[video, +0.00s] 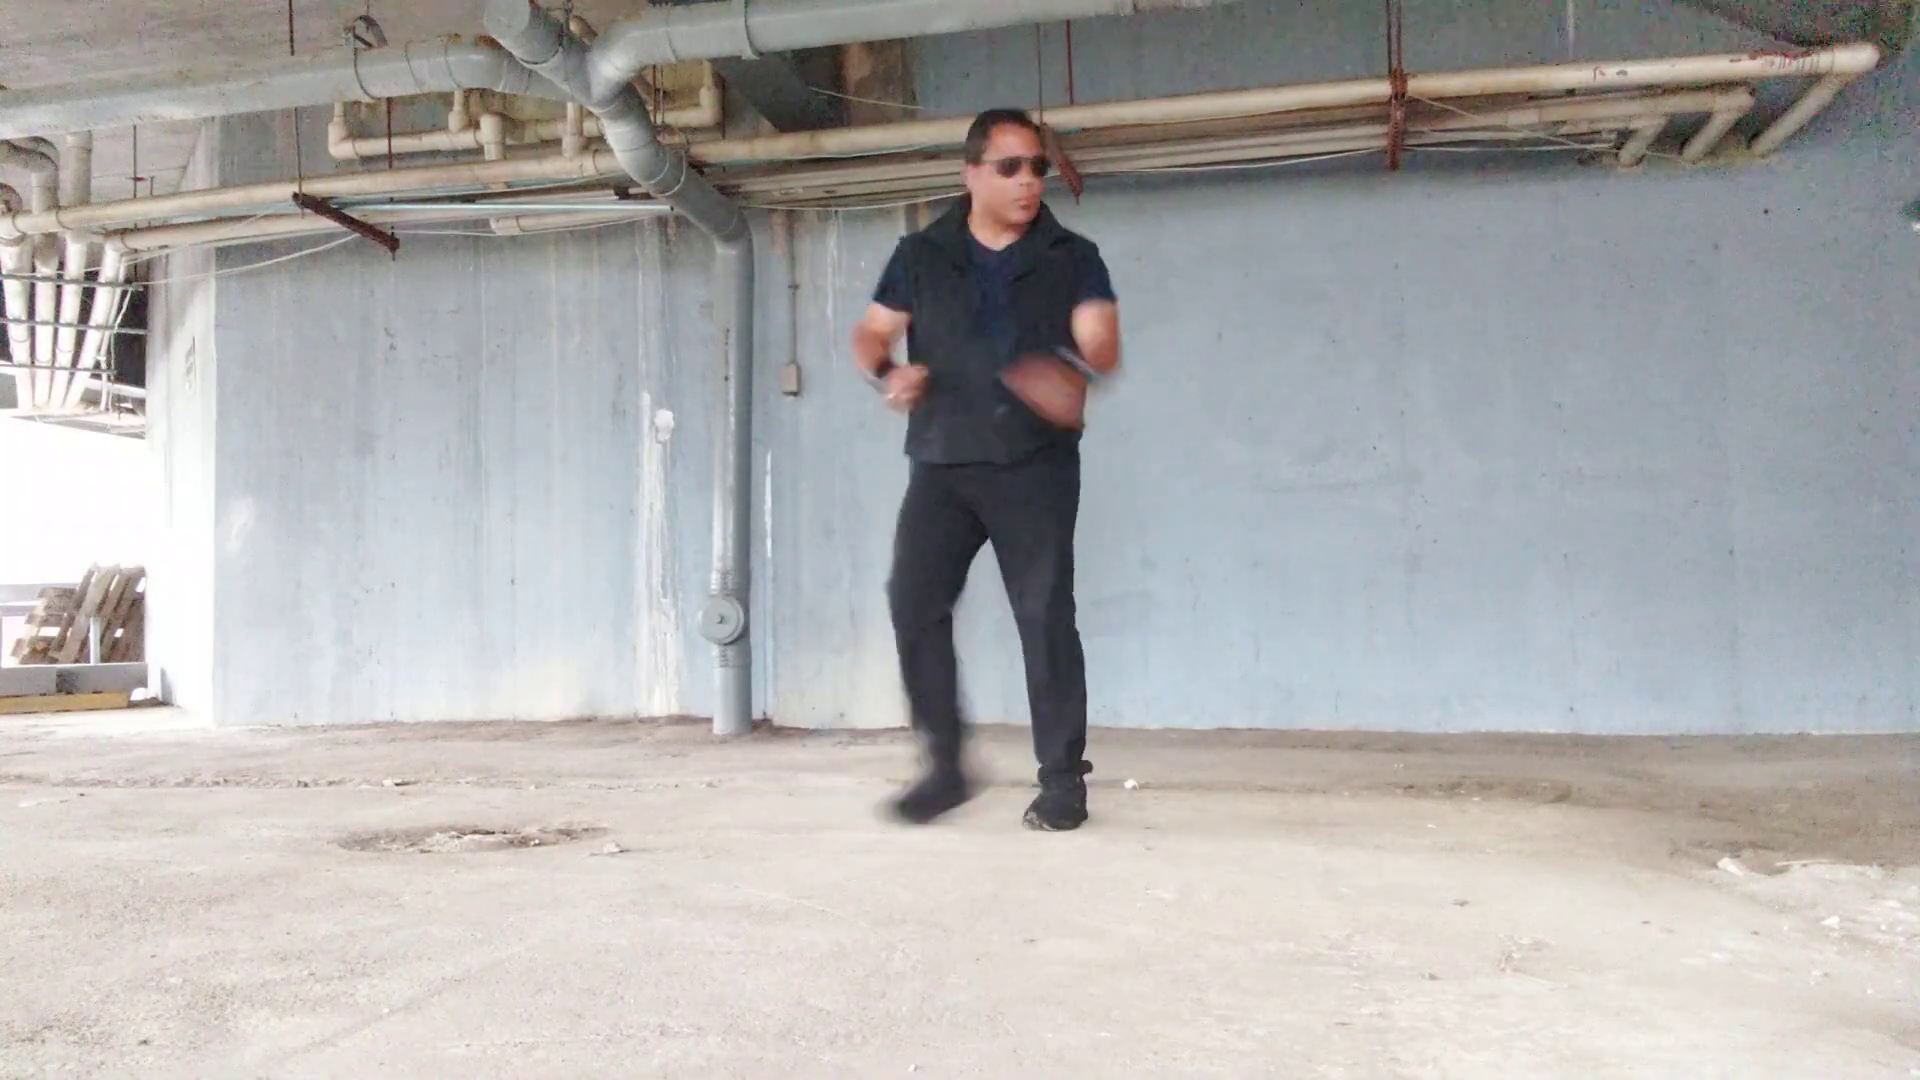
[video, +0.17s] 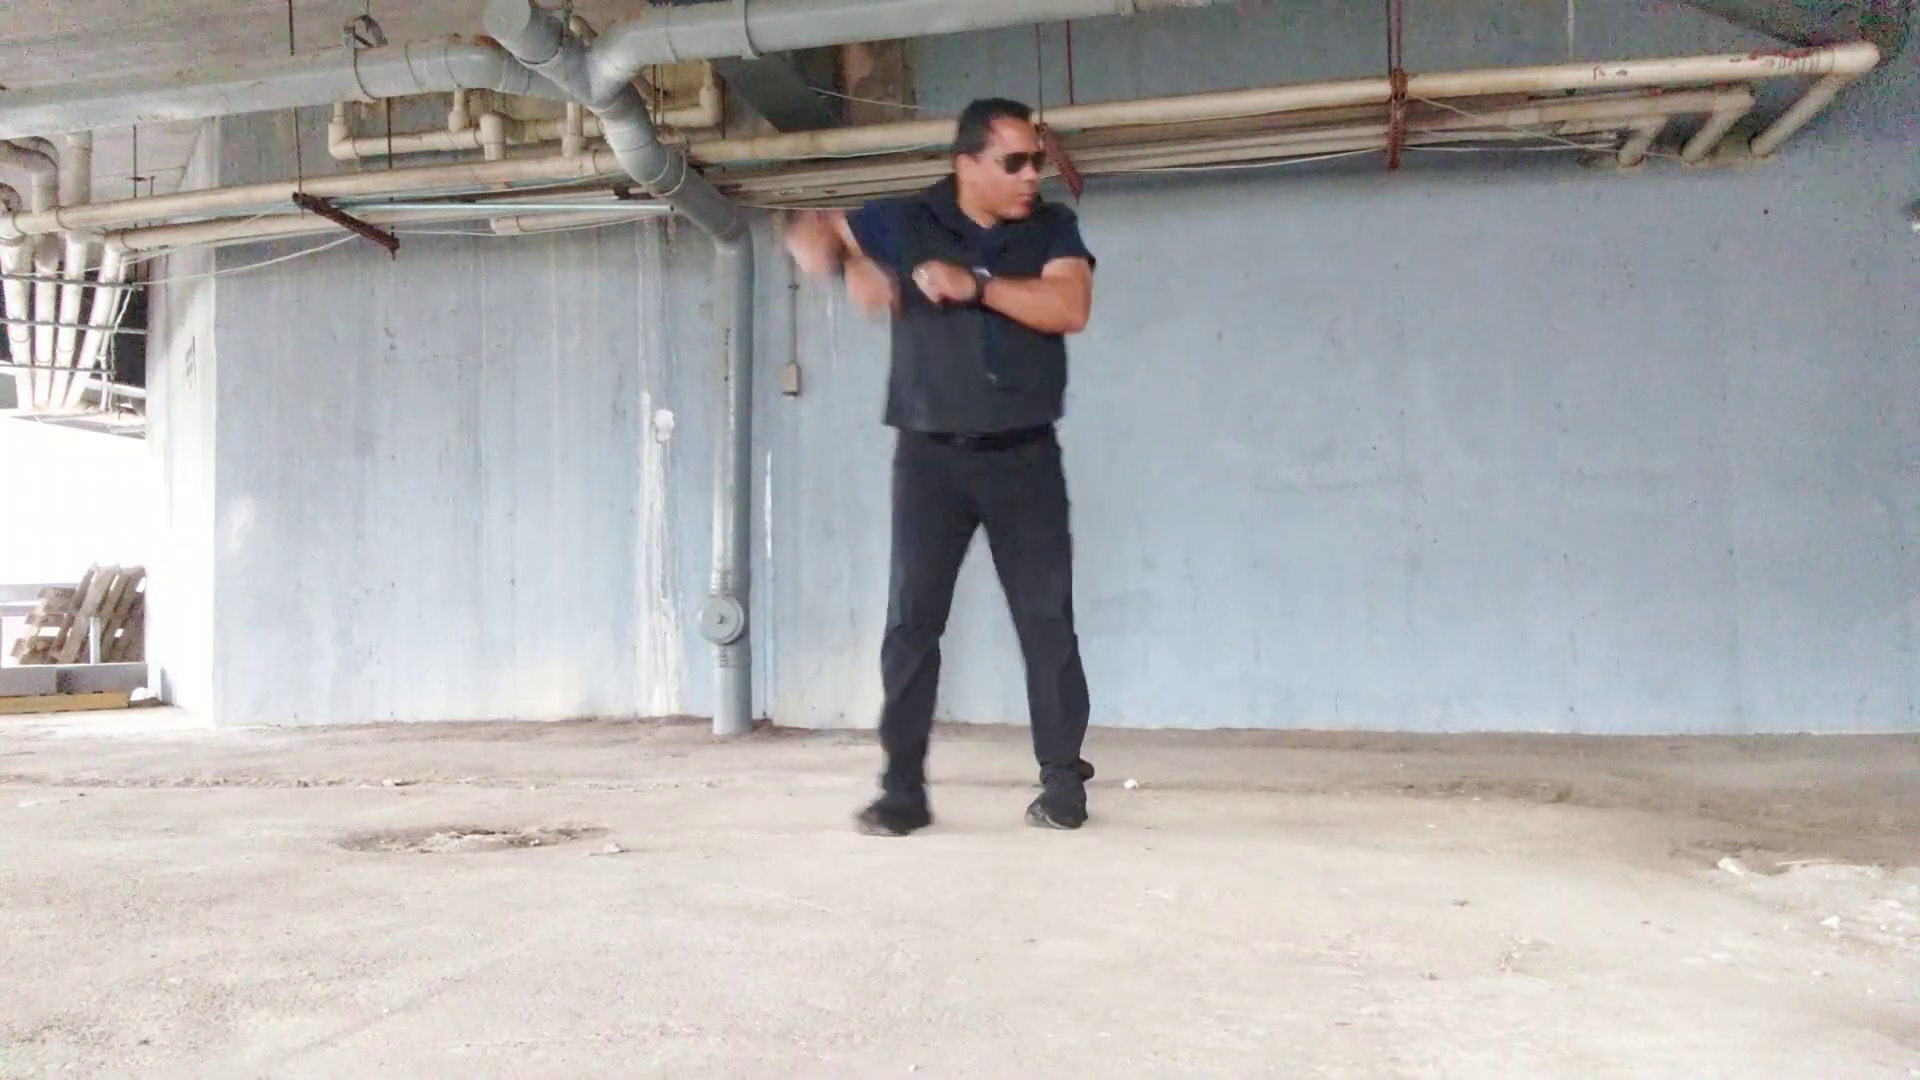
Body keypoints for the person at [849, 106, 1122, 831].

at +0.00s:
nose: (1029, 180)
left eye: (1038, 166)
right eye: (1011, 167)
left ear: (1049, 173)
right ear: (971, 176)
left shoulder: (1071, 256)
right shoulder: (926, 249)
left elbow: (1103, 353)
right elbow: (872, 336)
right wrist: (885, 373)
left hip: (1034, 470)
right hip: (944, 470)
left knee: (1045, 617)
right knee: (914, 599)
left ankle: (1062, 780)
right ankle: (944, 769)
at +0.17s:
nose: (1033, 173)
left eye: (1037, 160)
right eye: (1017, 162)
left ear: (1038, 159)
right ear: (967, 164)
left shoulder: (1051, 225)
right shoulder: (912, 219)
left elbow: (1071, 308)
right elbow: (809, 231)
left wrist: (978, 285)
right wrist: (838, 261)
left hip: (1025, 457)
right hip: (930, 457)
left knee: (1047, 619)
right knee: (913, 621)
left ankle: (1063, 780)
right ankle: (903, 789)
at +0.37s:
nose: (928, 180)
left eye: (943, 166)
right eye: (913, 167)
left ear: (971, 167)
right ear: (895, 170)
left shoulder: (1016, 247)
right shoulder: (873, 232)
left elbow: (1058, 333)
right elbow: (821, 281)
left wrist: (1078, 372)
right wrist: (926, 249)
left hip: (983, 461)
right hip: (890, 462)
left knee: (1001, 606)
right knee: (890, 619)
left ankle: (1006, 745)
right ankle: (906, 783)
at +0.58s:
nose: (902, 191)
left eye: (918, 174)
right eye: (888, 177)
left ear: (950, 169)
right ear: (873, 177)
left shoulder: (997, 227)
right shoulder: (857, 250)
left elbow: (1079, 270)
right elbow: (795, 344)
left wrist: (983, 263)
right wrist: (834, 400)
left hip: (976, 460)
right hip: (889, 461)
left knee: (954, 619)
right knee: (890, 613)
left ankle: (881, 749)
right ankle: (897, 783)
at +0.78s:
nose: (922, 189)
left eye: (937, 173)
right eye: (907, 176)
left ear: (966, 172)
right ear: (890, 181)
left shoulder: (1003, 241)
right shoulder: (859, 250)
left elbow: (1056, 310)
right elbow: (805, 339)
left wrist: (965, 283)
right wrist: (839, 409)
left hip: (974, 470)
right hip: (885, 468)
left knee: (975, 622)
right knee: (887, 620)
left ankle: (899, 727)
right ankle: (905, 774)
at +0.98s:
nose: (949, 172)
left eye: (962, 157)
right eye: (931, 160)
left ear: (980, 164)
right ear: (905, 169)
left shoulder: (1027, 242)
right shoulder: (881, 244)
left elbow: (1083, 330)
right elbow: (841, 333)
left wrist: (1079, 404)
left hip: (1002, 451)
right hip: (907, 460)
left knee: (1037, 549)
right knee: (891, 618)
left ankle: (992, 608)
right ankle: (906, 784)